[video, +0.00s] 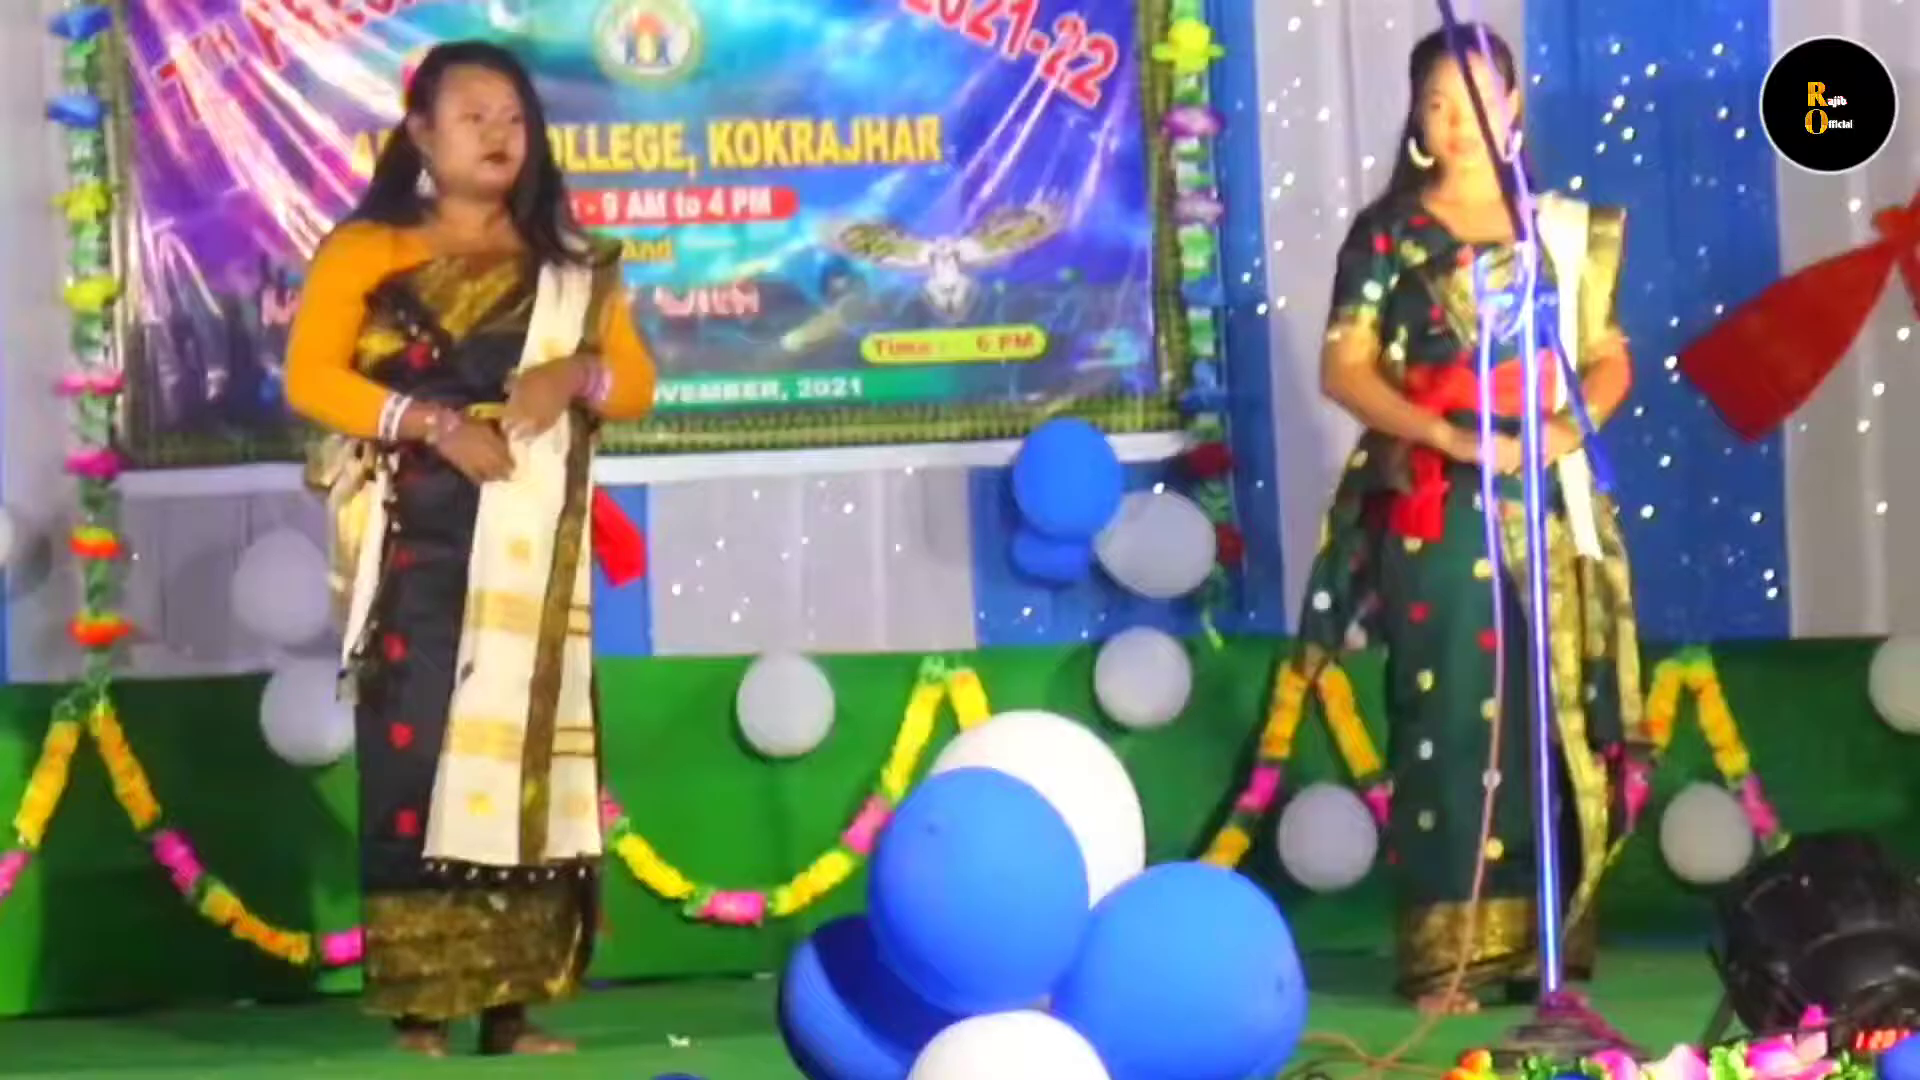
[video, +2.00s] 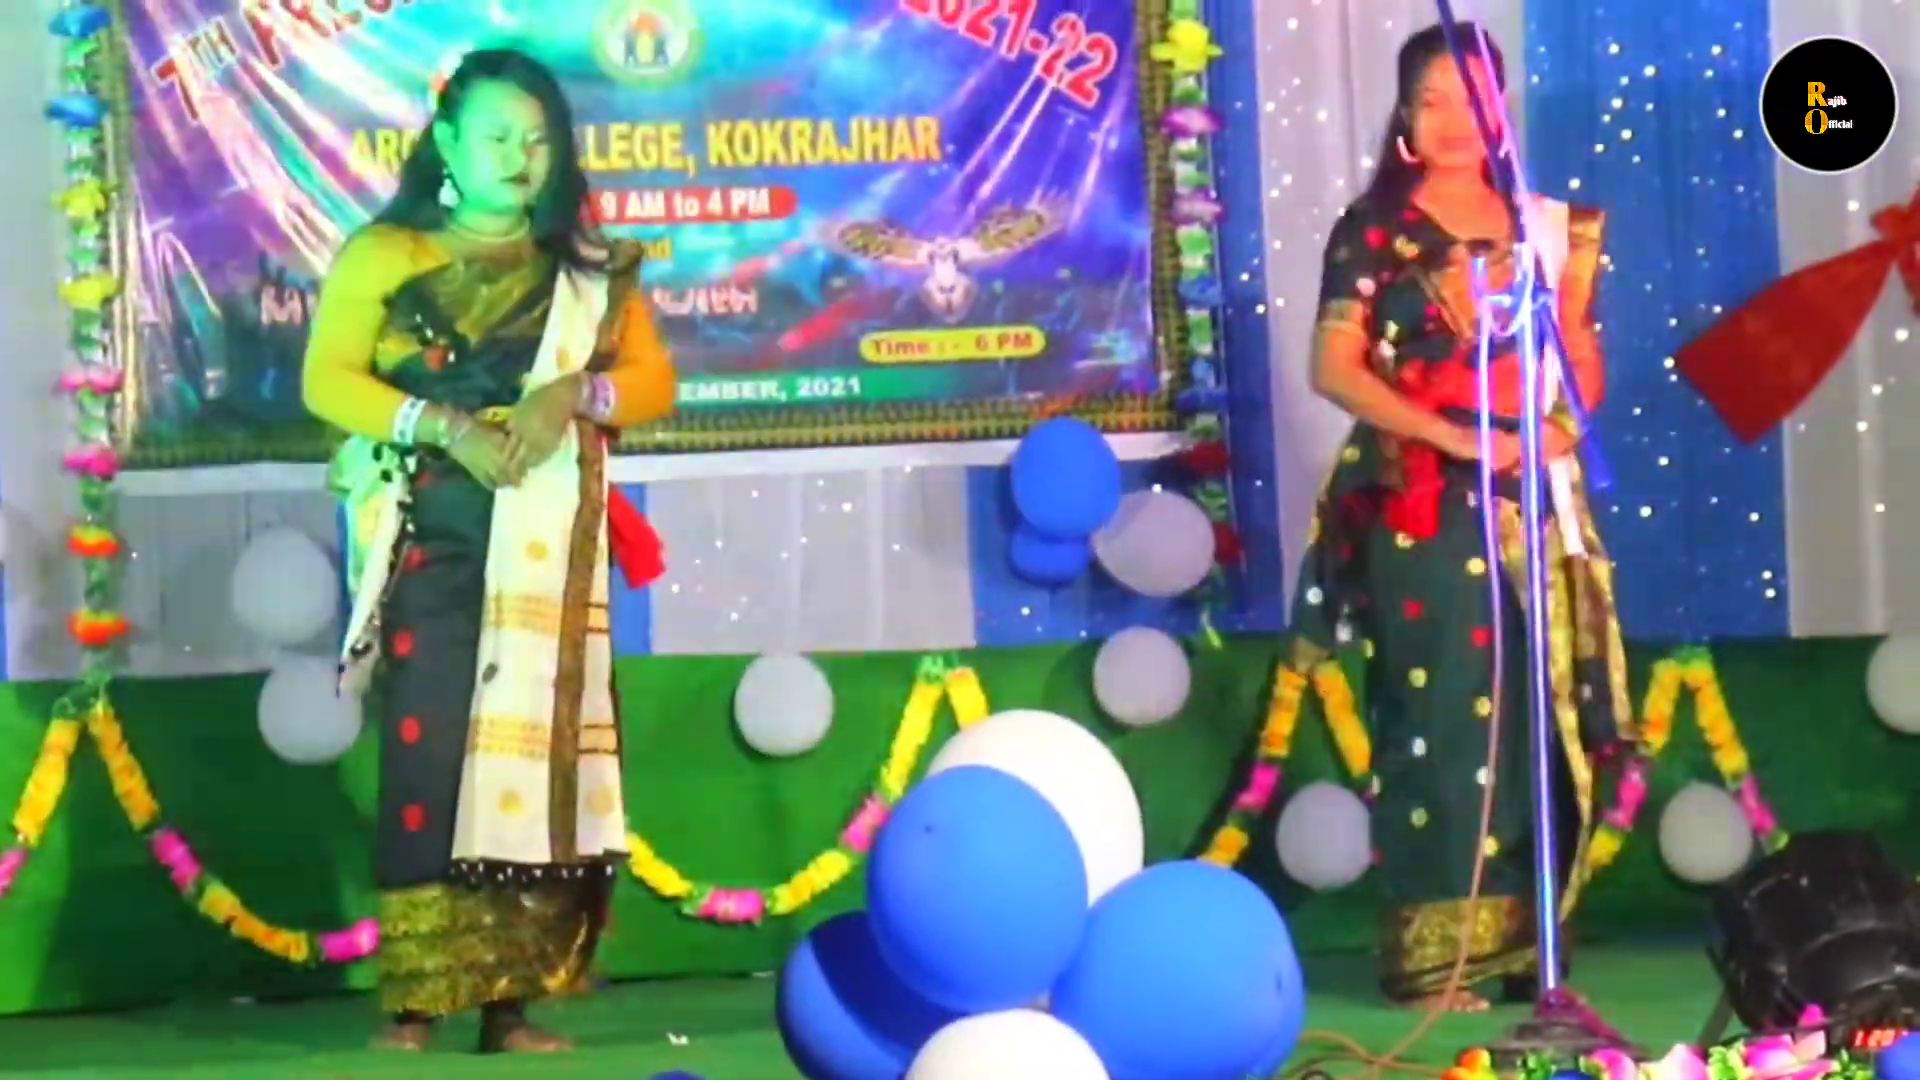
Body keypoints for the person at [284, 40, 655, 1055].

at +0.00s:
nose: (499, 134)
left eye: (514, 117)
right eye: (474, 117)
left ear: (532, 135)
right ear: (422, 135)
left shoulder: (570, 261)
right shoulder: (363, 251)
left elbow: (637, 387)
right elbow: (309, 377)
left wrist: (579, 376)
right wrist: (429, 419)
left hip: (532, 553)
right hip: (415, 549)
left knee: (529, 754)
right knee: (417, 758)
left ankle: (511, 1009)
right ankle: (422, 1011)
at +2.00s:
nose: (518, 156)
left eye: (536, 137)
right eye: (495, 136)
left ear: (559, 149)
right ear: (448, 143)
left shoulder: (594, 268)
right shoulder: (382, 257)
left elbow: (655, 387)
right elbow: (326, 380)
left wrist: (576, 394)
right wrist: (444, 424)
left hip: (549, 556)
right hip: (433, 550)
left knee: (538, 752)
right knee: (428, 756)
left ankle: (507, 1004)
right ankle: (415, 999)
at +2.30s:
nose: (510, 156)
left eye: (527, 138)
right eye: (488, 137)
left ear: (548, 152)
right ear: (439, 147)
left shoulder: (580, 269)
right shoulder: (376, 256)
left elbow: (648, 385)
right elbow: (317, 378)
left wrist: (566, 394)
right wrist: (435, 423)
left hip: (536, 558)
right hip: (418, 554)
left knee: (530, 762)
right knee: (410, 764)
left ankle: (508, 1011)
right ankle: (390, 1009)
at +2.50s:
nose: (506, 154)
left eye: (522, 137)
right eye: (483, 132)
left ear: (540, 154)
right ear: (430, 142)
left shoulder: (564, 273)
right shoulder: (362, 259)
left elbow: (633, 392)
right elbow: (306, 382)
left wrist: (552, 395)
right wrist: (422, 425)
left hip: (526, 561)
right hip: (408, 555)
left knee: (521, 762)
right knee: (401, 766)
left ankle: (508, 1011)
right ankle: (389, 1011)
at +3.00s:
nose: (478, 151)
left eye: (495, 135)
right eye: (454, 132)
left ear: (514, 152)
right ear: (403, 146)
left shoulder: (545, 272)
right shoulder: (341, 262)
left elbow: (615, 393)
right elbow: (285, 388)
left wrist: (530, 398)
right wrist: (403, 427)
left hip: (512, 559)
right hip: (394, 556)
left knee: (514, 761)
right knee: (393, 766)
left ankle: (508, 1013)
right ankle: (390, 1011)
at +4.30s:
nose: (479, 151)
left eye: (493, 133)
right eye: (454, 132)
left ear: (511, 148)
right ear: (399, 147)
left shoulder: (552, 269)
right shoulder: (342, 267)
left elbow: (618, 389)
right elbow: (287, 393)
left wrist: (538, 401)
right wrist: (409, 434)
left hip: (520, 562)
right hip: (403, 560)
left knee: (519, 765)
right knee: (397, 770)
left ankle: (508, 1016)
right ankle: (389, 1016)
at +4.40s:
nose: (479, 150)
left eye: (493, 133)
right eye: (454, 132)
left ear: (511, 147)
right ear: (400, 146)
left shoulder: (553, 268)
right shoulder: (342, 267)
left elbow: (620, 388)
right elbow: (287, 392)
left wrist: (540, 400)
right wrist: (409, 434)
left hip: (520, 561)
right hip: (402, 560)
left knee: (519, 764)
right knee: (397, 770)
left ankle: (509, 1016)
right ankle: (389, 1015)